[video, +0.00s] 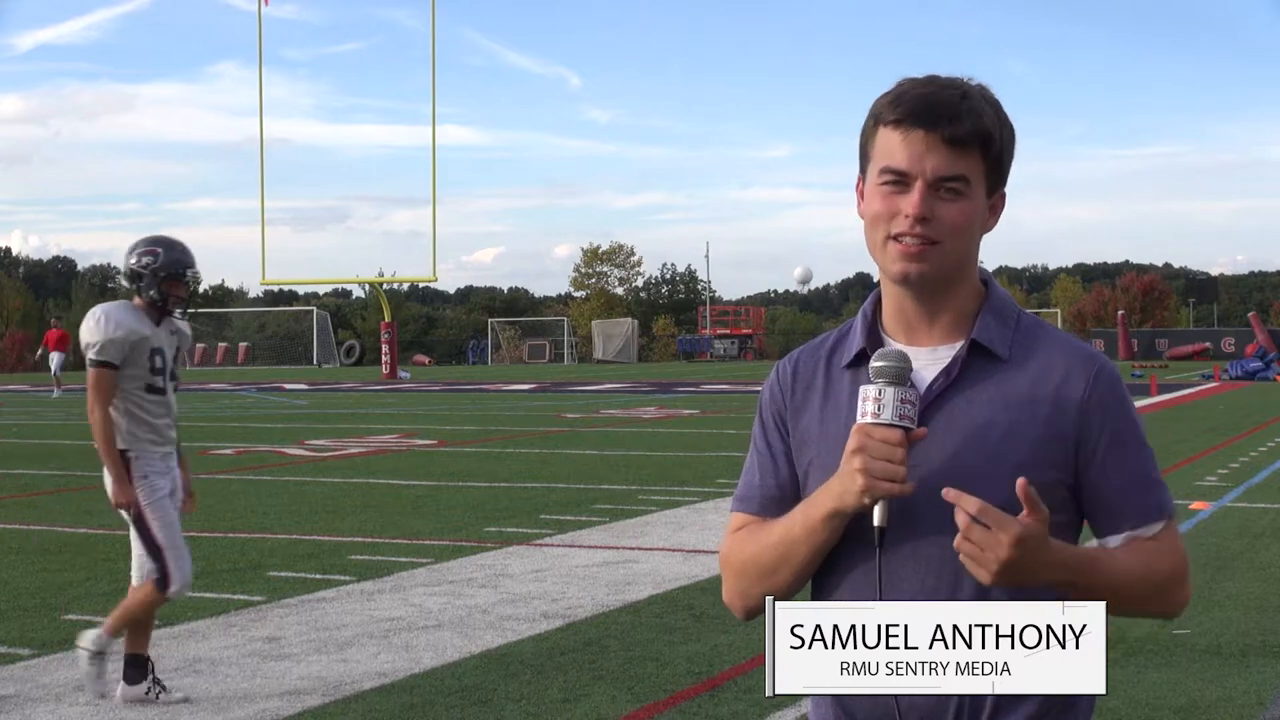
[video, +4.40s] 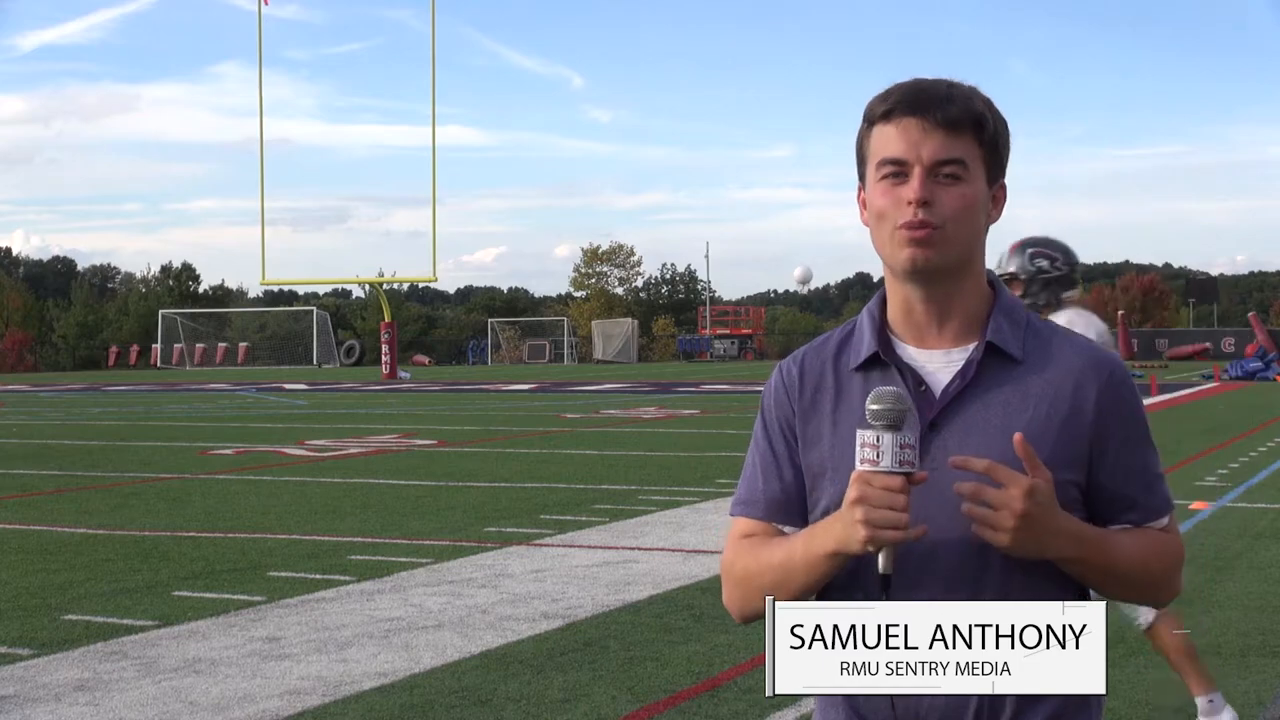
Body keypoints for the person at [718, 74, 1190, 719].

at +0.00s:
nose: (914, 211)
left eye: (949, 188)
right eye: (893, 182)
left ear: (993, 208)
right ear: (861, 196)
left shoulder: (1076, 381)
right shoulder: (798, 382)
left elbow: (1167, 581)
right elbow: (740, 587)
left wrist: (1053, 564)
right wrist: (837, 496)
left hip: (1022, 708)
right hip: (845, 707)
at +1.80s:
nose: (913, 197)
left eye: (942, 174)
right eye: (887, 176)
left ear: (987, 198)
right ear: (856, 205)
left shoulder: (1079, 374)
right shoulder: (799, 378)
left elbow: (1162, 600)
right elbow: (733, 584)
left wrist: (1097, 493)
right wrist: (827, 479)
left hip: (1028, 704)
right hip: (851, 707)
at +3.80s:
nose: (900, 199)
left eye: (934, 180)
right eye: (881, 177)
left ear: (989, 204)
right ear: (858, 199)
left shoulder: (1080, 376)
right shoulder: (801, 384)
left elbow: (1151, 591)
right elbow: (748, 584)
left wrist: (1044, 503)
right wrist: (820, 513)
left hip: (1036, 705)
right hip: (858, 706)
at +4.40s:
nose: (917, 196)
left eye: (947, 174)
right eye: (894, 174)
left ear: (995, 200)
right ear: (865, 206)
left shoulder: (1089, 380)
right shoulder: (800, 385)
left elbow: (1162, 573)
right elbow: (740, 588)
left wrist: (1060, 536)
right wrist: (838, 533)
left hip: (1040, 707)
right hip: (857, 709)